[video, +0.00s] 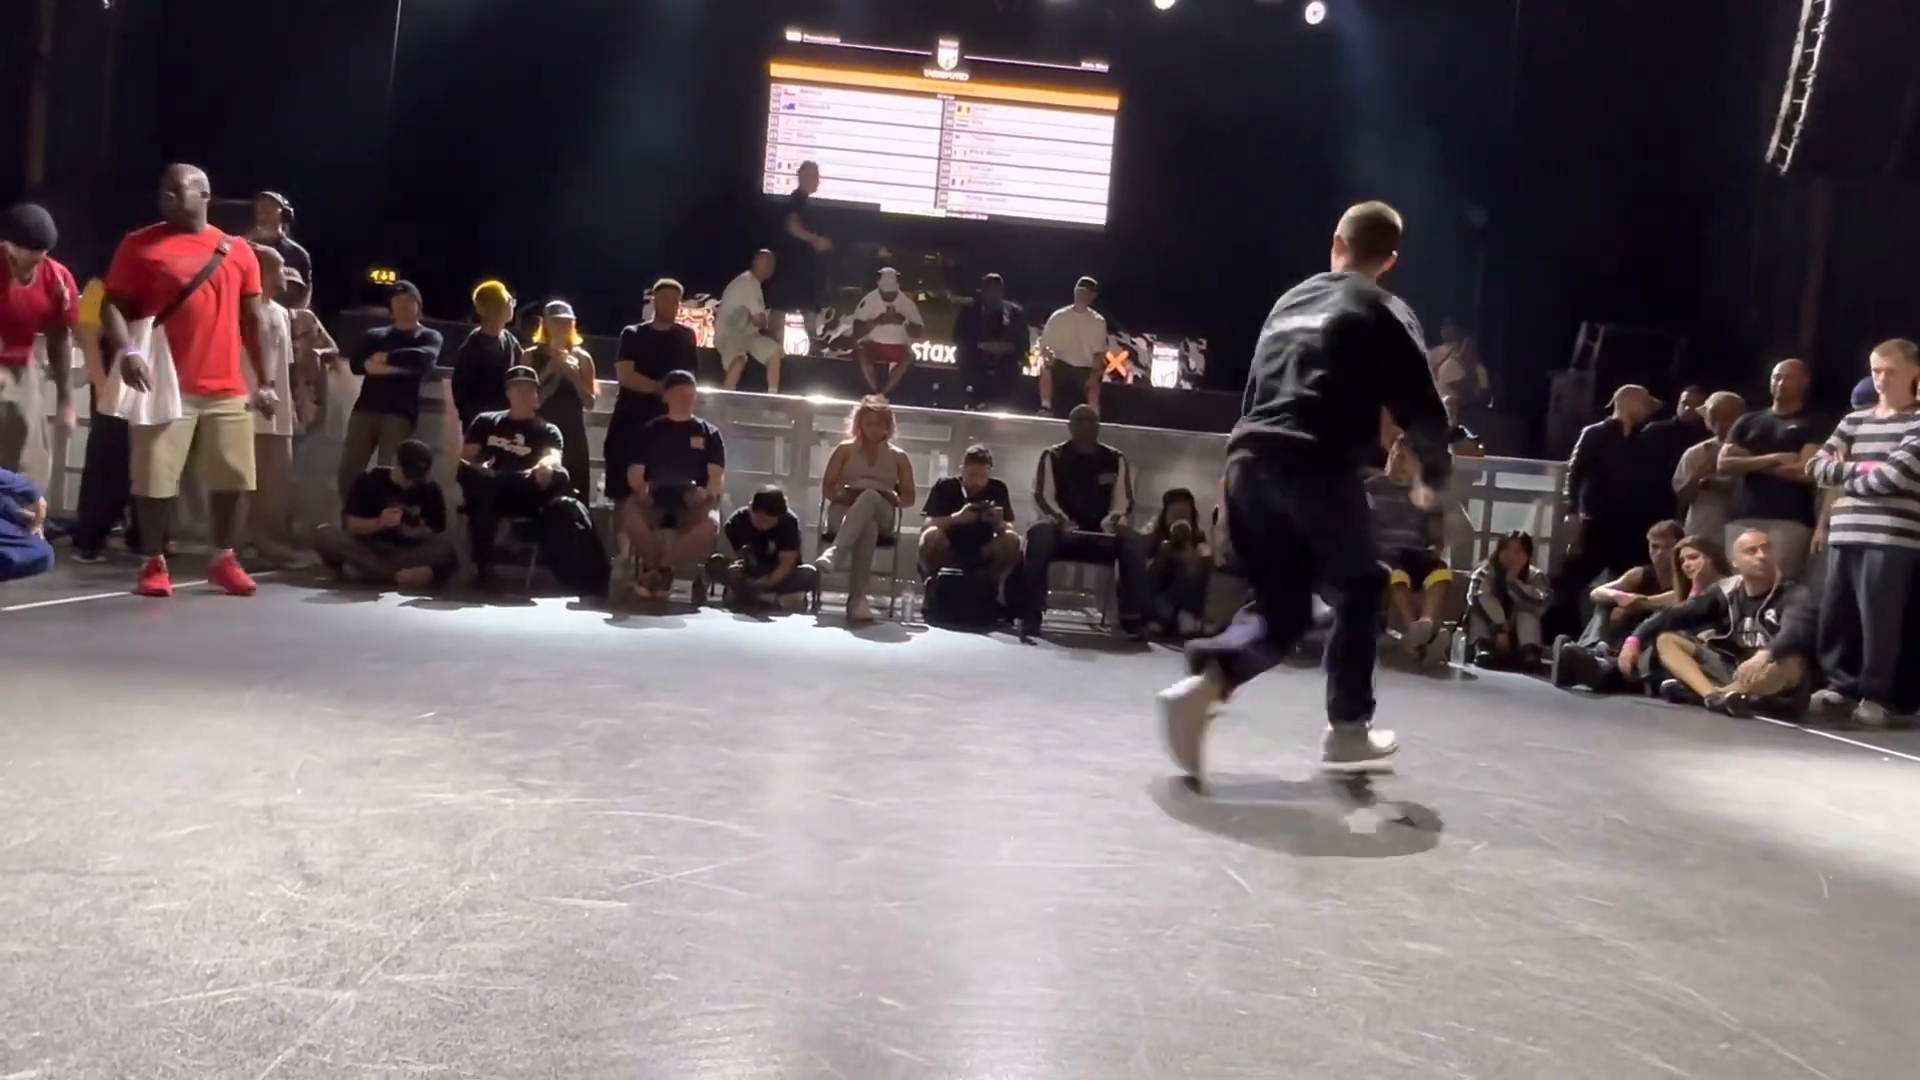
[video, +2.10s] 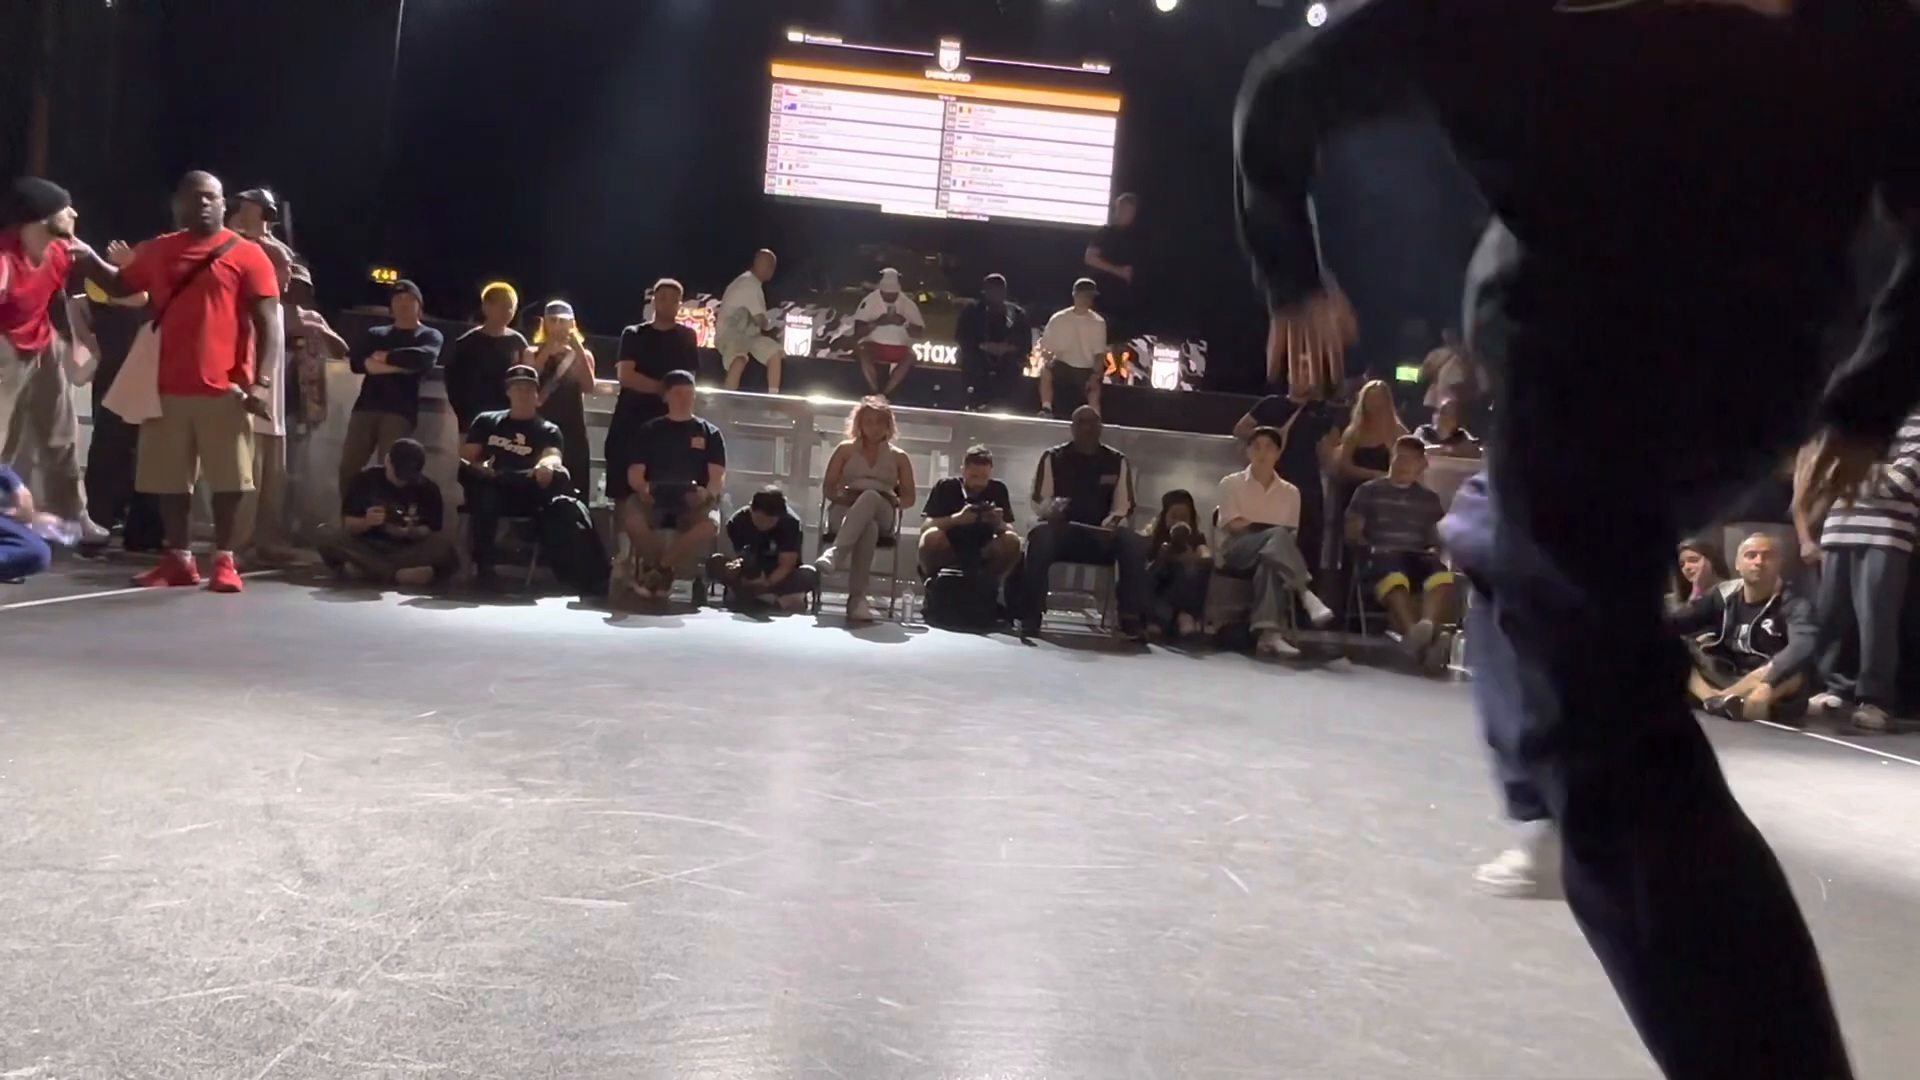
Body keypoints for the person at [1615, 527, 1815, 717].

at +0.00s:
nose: (1761, 557)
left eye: (1766, 549)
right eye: (1751, 551)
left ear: (1773, 555)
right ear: (1736, 561)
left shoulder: (1794, 594)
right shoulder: (1724, 592)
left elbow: (1795, 631)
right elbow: (1677, 615)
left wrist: (1767, 654)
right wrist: (1635, 640)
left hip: (1775, 671)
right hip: (1731, 669)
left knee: (1792, 663)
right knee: (1666, 642)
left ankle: (1717, 695)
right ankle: (1712, 696)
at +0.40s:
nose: (1762, 559)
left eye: (1765, 552)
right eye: (1752, 554)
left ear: (1771, 553)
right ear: (1732, 562)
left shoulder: (1793, 590)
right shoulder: (1721, 591)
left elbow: (1795, 628)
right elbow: (1671, 614)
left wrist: (1754, 656)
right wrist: (1658, 633)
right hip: (1729, 667)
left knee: (1793, 661)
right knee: (1663, 643)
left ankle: (1718, 694)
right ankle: (1714, 694)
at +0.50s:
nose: (1760, 558)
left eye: (1763, 551)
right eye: (1750, 553)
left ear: (1770, 554)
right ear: (1732, 561)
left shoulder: (1793, 592)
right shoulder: (1721, 591)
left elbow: (1779, 630)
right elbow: (1667, 615)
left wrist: (1733, 658)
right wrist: (1673, 635)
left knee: (1789, 660)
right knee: (1659, 638)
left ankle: (1709, 695)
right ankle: (1718, 697)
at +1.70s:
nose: (1762, 558)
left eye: (1769, 552)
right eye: (1754, 552)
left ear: (1778, 557)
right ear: (1739, 560)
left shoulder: (1795, 590)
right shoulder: (1727, 591)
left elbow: (1794, 626)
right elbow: (1686, 608)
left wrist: (1754, 651)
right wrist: (1650, 624)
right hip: (1727, 666)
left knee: (1784, 660)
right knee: (1664, 635)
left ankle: (1719, 697)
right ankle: (1710, 695)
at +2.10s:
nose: (1759, 562)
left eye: (1767, 556)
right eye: (1751, 555)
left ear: (1778, 564)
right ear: (1738, 564)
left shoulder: (1792, 602)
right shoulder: (1724, 593)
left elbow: (1802, 644)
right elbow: (1686, 619)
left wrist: (1764, 677)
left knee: (1795, 674)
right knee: (1674, 650)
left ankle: (1727, 697)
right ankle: (1712, 698)